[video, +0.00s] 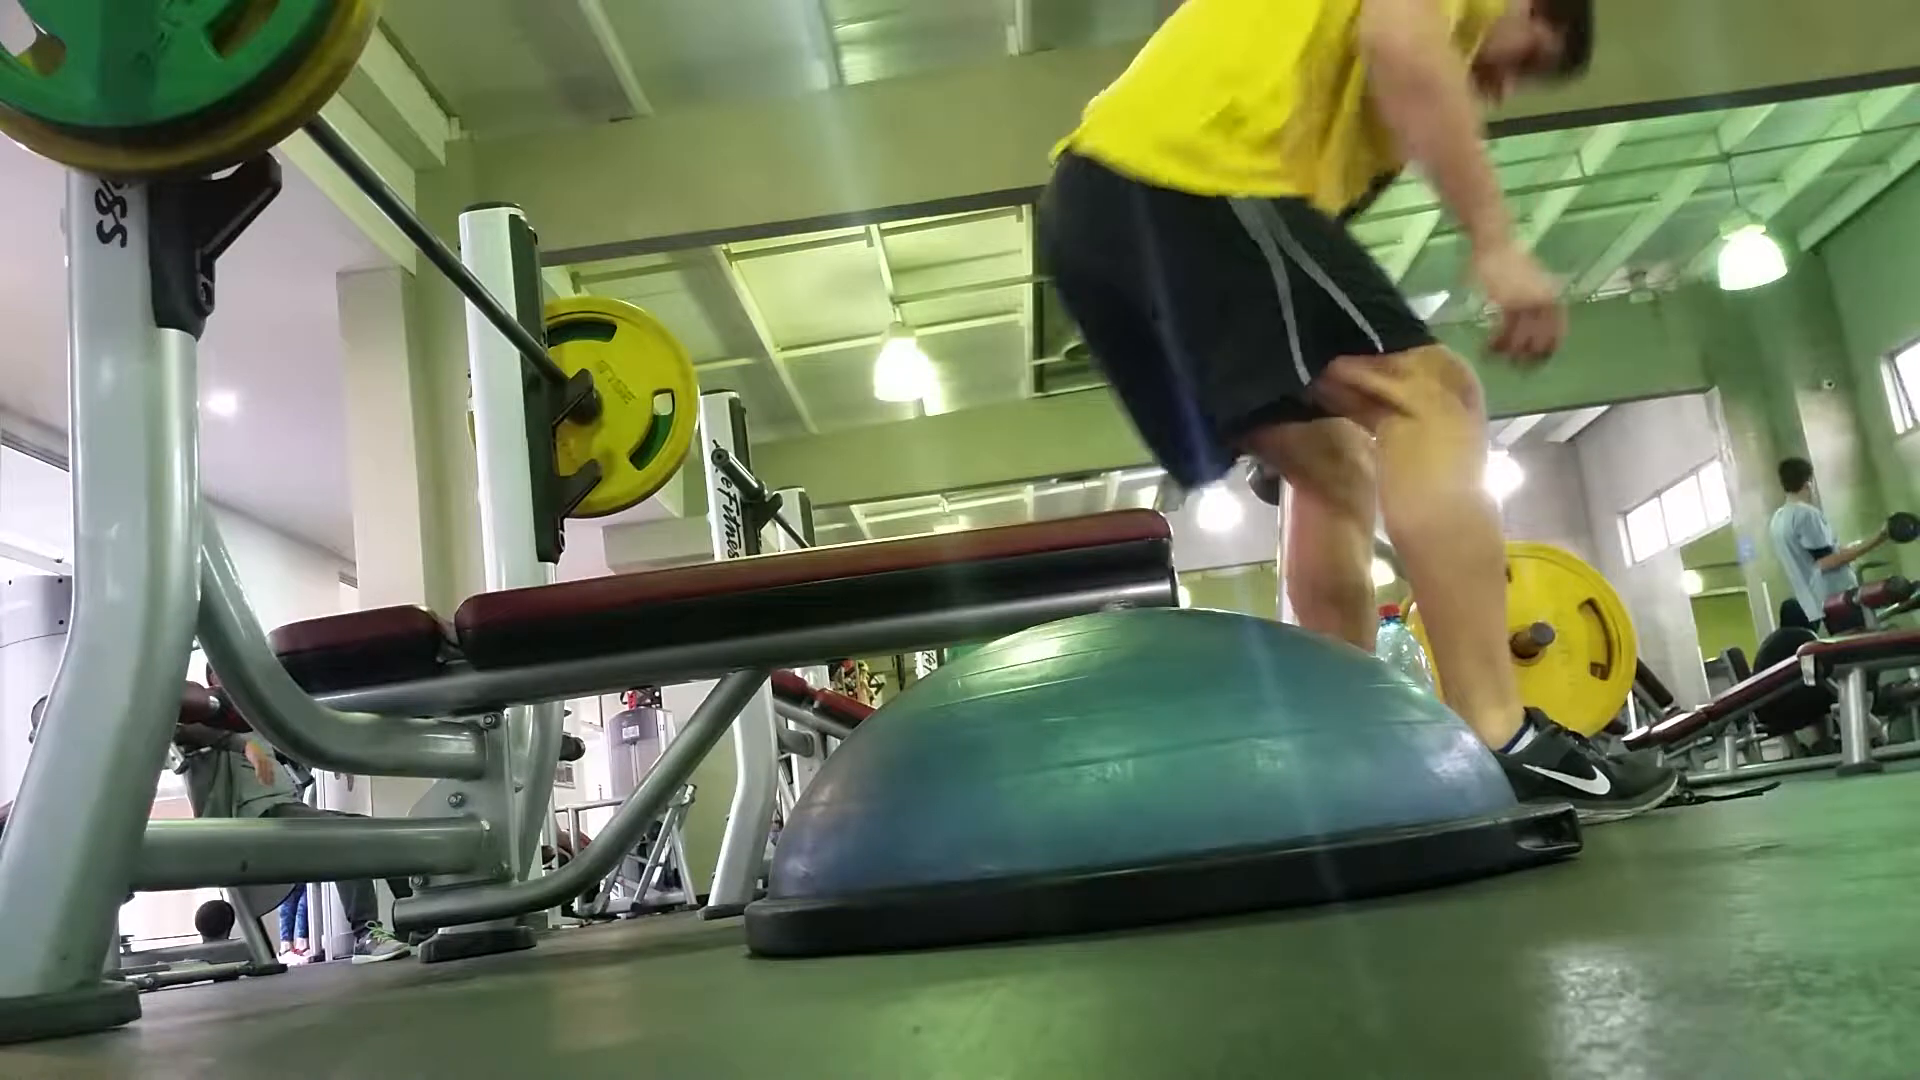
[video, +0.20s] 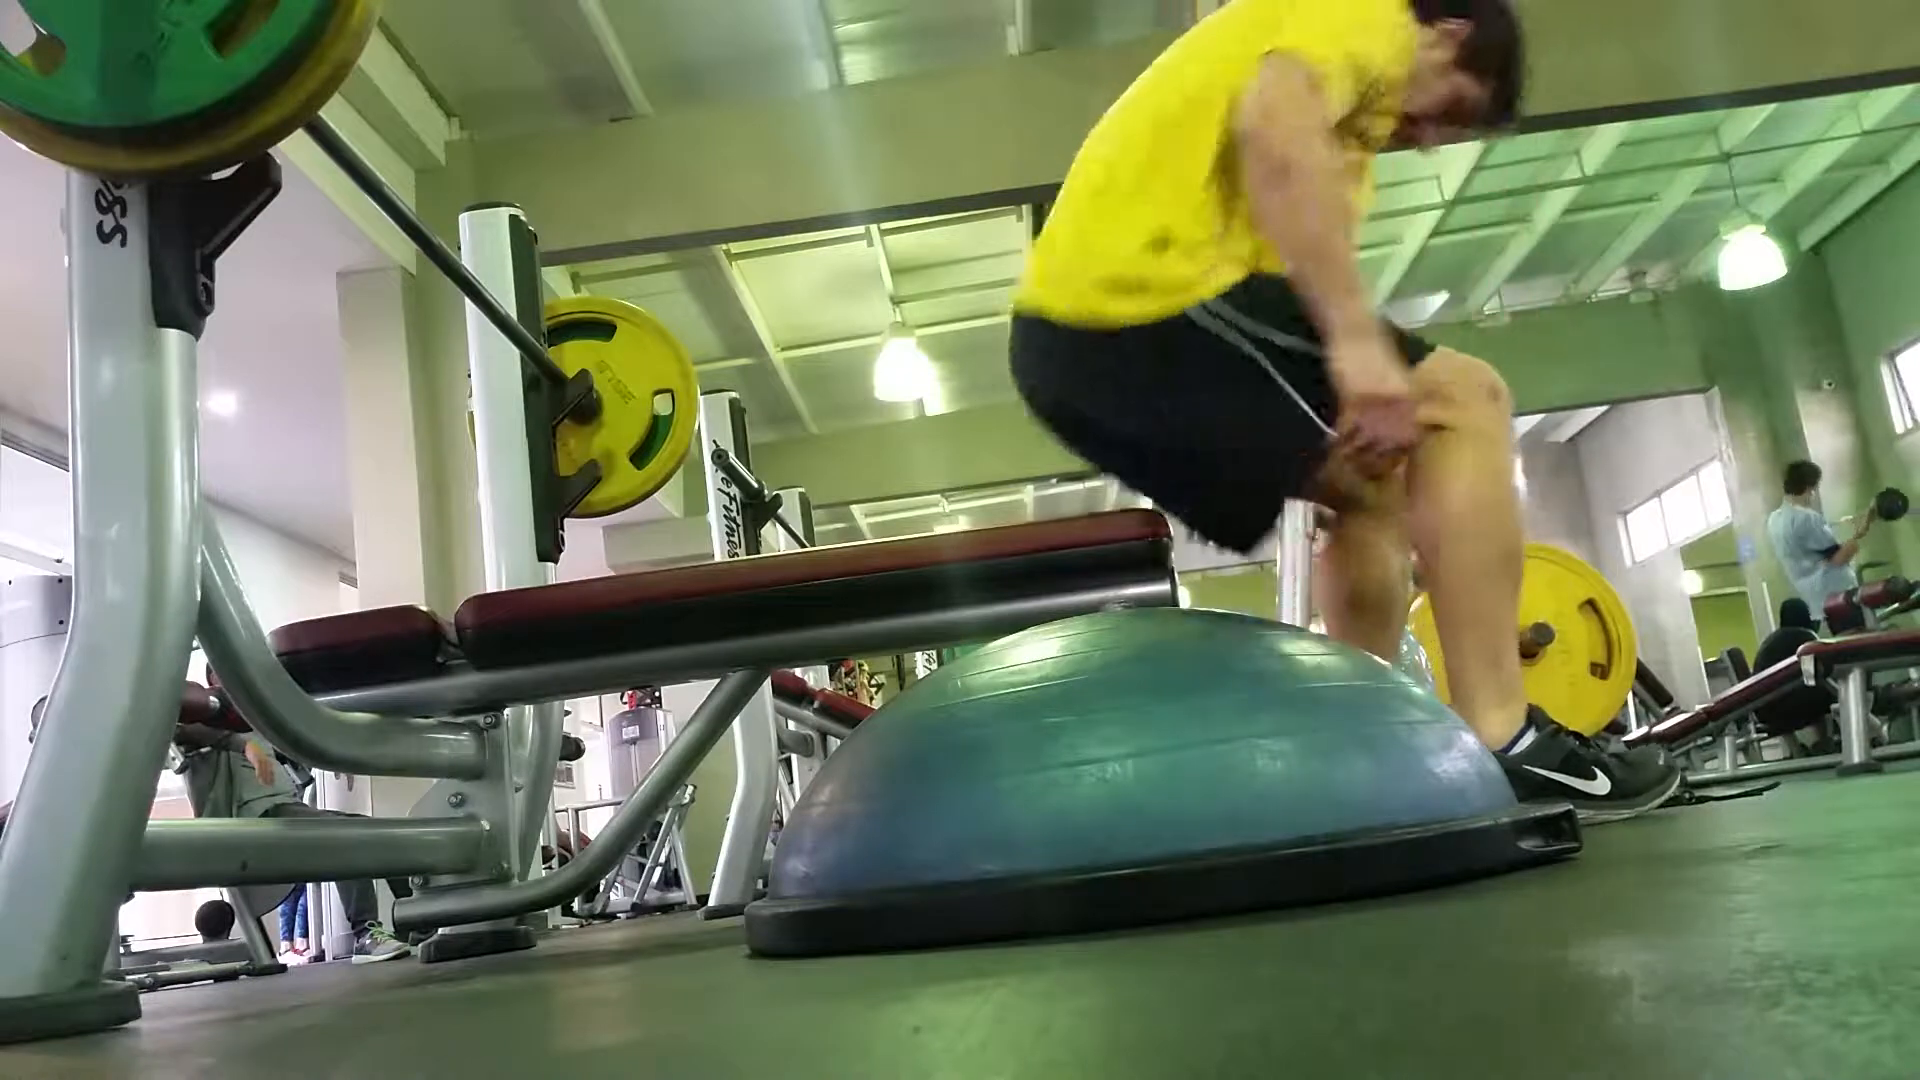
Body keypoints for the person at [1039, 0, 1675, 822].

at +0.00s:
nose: (1508, 83)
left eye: (1529, 78)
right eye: (1531, 55)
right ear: (1521, 4)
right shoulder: (1439, 11)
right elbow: (1401, 44)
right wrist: (1497, 244)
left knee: (1333, 463)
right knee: (1431, 399)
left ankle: (1346, 762)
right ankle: (1499, 737)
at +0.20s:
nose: (1428, 139)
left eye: (1452, 135)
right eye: (1450, 112)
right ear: (1445, 39)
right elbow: (1277, 124)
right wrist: (1357, 339)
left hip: (1073, 336)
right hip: (1147, 305)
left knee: (1374, 491)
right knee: (1467, 401)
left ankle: (1364, 766)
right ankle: (1502, 735)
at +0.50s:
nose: (1130, 126)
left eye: (1143, 106)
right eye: (1137, 92)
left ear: (1079, 47)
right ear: (1093, 36)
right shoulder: (1010, 83)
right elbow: (1021, 249)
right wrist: (1223, 372)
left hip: (1042, 472)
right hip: (1087, 439)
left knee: (1364, 525)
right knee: (1437, 398)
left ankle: (1358, 778)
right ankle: (1510, 734)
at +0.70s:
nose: (909, 146)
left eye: (912, 123)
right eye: (900, 115)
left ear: (830, 99)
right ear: (846, 88)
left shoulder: (812, 209)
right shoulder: (791, 157)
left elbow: (964, 326)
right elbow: (903, 295)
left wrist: (1134, 320)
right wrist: (1158, 292)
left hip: (999, 466)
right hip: (1012, 435)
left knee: (1304, 493)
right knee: (1378, 399)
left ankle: (1358, 763)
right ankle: (1506, 719)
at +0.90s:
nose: (732, 232)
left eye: (723, 213)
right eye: (704, 212)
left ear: (636, 235)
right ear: (632, 229)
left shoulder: (672, 351)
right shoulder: (652, 308)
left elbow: (886, 455)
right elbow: (846, 361)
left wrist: (1038, 339)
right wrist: (1003, 212)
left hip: (980, 482)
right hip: (986, 451)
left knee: (1285, 463)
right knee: (1337, 352)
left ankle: (1351, 728)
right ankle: (1530, 643)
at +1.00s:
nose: (657, 290)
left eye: (644, 277)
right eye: (624, 281)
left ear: (567, 329)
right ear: (561, 317)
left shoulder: (634, 436)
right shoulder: (606, 393)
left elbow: (852, 429)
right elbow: (803, 382)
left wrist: (927, 302)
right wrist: (903, 226)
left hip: (976, 481)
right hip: (978, 437)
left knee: (1274, 456)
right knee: (1310, 328)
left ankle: (1350, 740)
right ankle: (1546, 575)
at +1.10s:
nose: (575, 339)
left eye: (553, 330)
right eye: (539, 343)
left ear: (505, 408)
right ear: (496, 410)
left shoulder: (601, 457)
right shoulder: (569, 455)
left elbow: (759, 409)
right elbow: (752, 391)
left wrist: (752, 293)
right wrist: (740, 229)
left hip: (972, 450)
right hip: (973, 437)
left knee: (1253, 412)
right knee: (1295, 316)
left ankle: (1340, 667)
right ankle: (1547, 541)